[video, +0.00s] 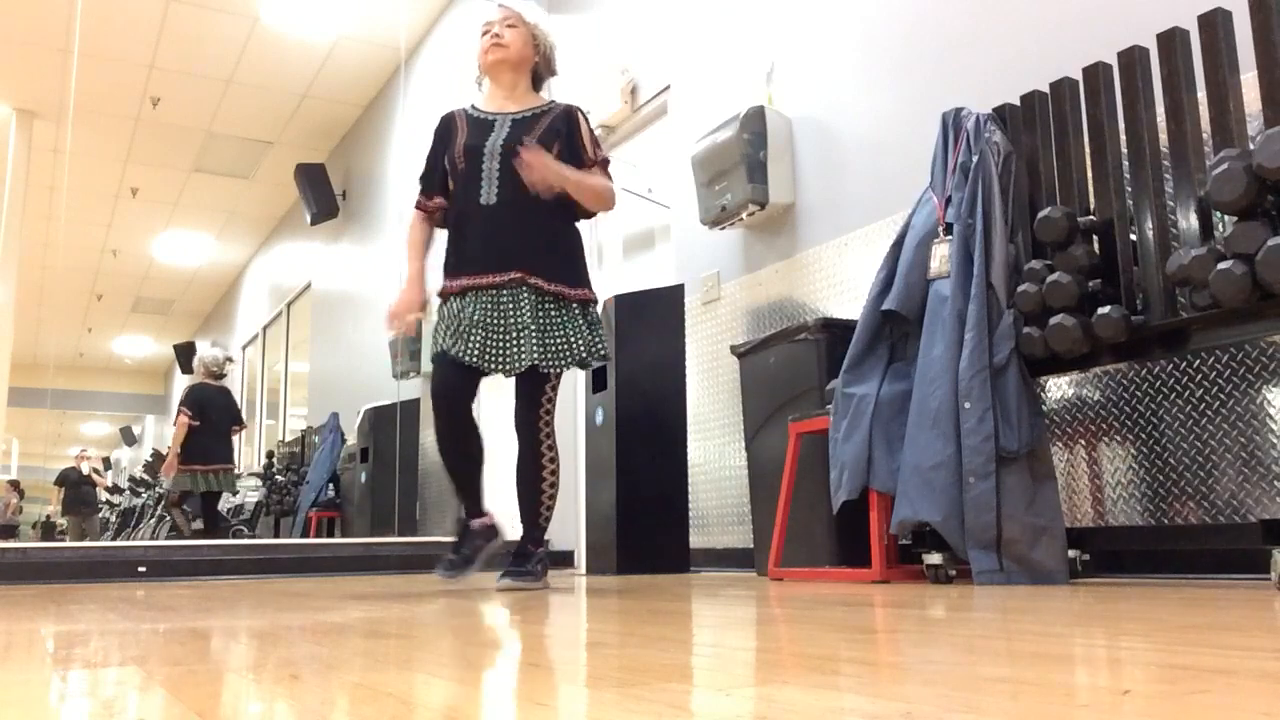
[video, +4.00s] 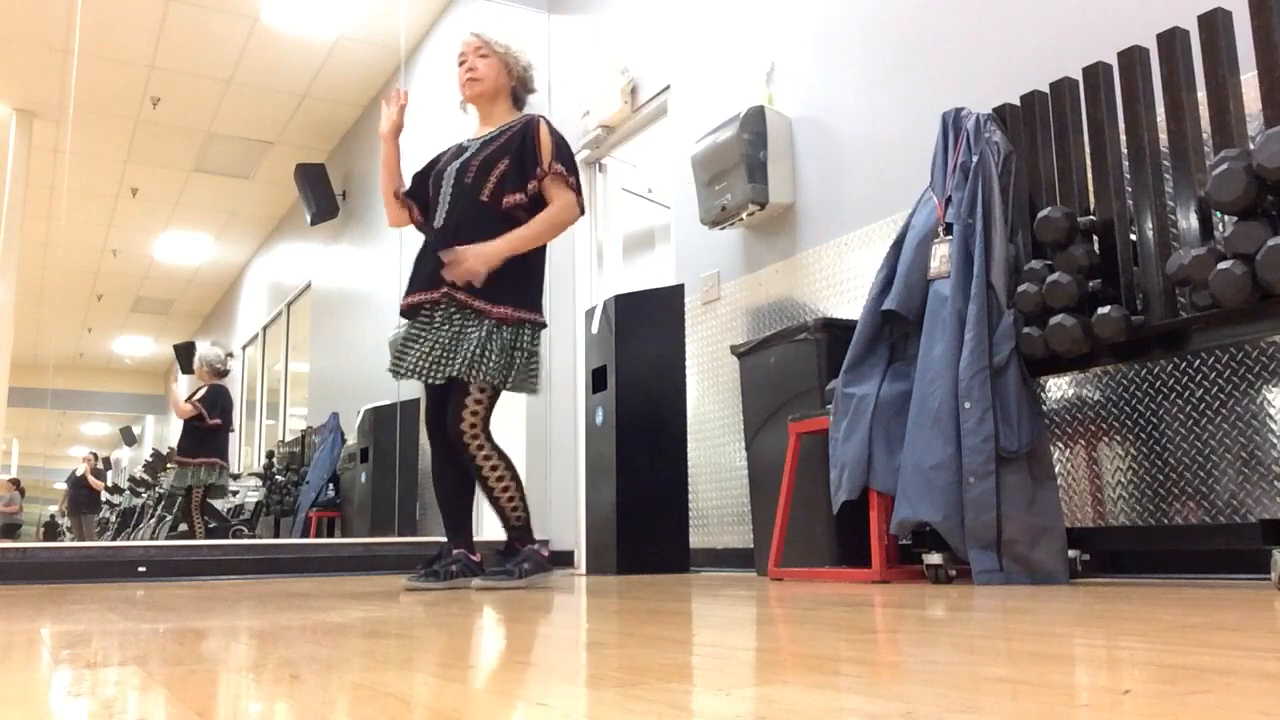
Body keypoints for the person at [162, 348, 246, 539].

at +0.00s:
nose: (196, 369)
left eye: (198, 366)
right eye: (198, 366)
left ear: (202, 369)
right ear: (221, 370)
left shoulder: (194, 391)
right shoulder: (225, 392)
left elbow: (183, 422)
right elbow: (238, 425)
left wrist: (172, 455)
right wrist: (218, 435)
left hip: (193, 465)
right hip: (220, 464)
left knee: (172, 504)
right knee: (210, 511)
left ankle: (187, 538)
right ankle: (212, 553)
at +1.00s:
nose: (188, 372)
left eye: (189, 367)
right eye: (188, 368)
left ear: (198, 368)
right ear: (208, 368)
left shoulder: (192, 392)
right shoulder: (220, 392)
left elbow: (177, 419)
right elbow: (223, 425)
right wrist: (194, 422)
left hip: (190, 463)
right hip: (217, 463)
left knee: (173, 505)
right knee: (205, 508)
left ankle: (178, 548)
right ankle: (213, 550)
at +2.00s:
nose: (175, 365)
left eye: (179, 361)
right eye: (177, 361)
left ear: (186, 366)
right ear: (198, 368)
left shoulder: (185, 389)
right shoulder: (203, 392)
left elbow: (182, 421)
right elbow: (217, 428)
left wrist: (158, 440)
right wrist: (224, 461)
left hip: (175, 464)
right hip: (191, 464)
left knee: (176, 512)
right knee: (162, 513)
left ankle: (192, 555)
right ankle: (154, 556)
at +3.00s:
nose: (188, 366)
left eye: (191, 362)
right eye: (190, 362)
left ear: (197, 365)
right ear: (214, 366)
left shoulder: (198, 390)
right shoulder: (221, 390)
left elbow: (185, 423)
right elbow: (227, 424)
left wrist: (162, 432)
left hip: (194, 465)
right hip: (218, 465)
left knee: (191, 514)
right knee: (214, 512)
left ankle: (197, 557)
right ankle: (227, 553)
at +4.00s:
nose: (194, 368)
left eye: (197, 364)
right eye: (195, 363)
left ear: (205, 367)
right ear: (214, 368)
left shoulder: (214, 391)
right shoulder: (208, 389)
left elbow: (183, 412)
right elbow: (181, 410)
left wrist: (173, 386)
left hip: (203, 463)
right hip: (195, 462)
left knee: (193, 510)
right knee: (191, 510)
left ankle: (200, 554)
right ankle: (198, 553)